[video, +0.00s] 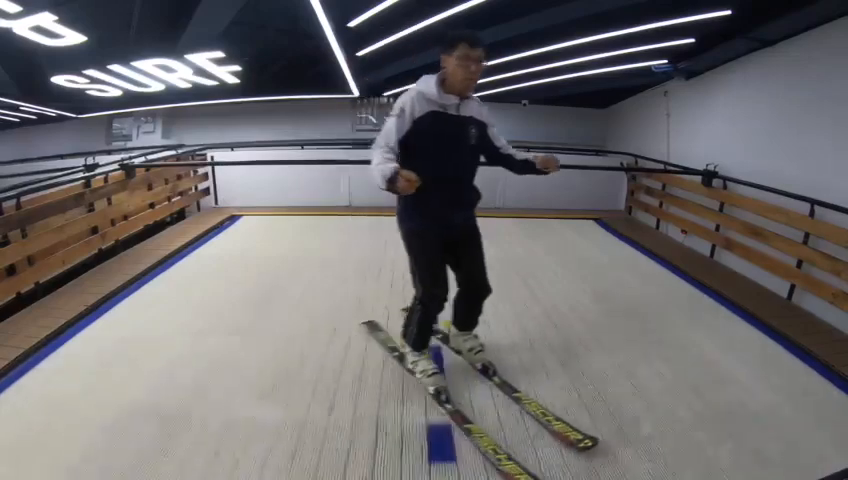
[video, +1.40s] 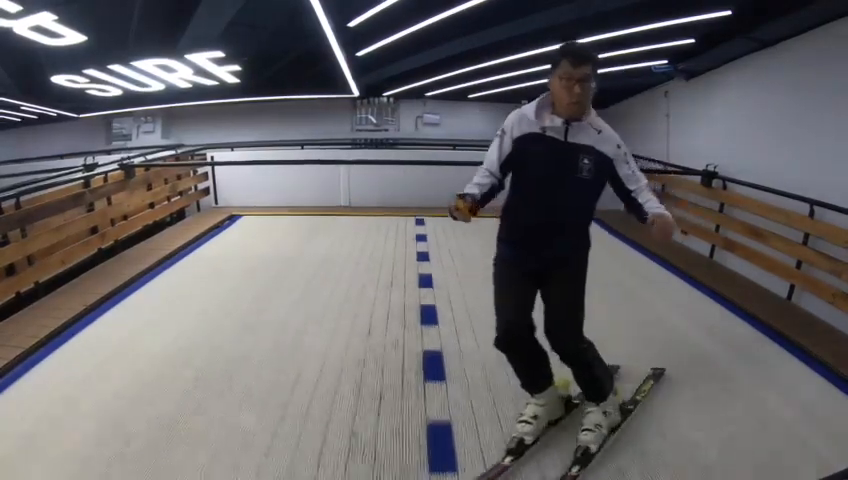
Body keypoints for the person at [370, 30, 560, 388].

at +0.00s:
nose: (474, 70)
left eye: (479, 63)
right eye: (466, 61)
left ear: (483, 67)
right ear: (444, 61)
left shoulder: (476, 111)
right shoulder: (414, 101)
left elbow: (501, 155)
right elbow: (382, 153)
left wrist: (535, 163)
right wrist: (392, 176)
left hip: (459, 211)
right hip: (419, 211)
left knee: (476, 287)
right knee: (432, 292)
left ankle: (461, 332)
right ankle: (416, 349)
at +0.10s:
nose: (505, 75)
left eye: (510, 68)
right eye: (497, 66)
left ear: (513, 74)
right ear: (476, 65)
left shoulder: (503, 116)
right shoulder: (445, 103)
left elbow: (527, 156)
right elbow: (414, 156)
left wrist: (561, 169)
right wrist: (429, 182)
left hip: (486, 208)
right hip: (447, 210)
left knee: (505, 284)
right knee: (468, 290)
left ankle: (494, 328)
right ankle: (458, 342)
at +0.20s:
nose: (534, 78)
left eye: (538, 72)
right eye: (526, 70)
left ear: (539, 74)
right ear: (503, 68)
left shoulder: (527, 116)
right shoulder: (473, 104)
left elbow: (545, 155)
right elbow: (442, 159)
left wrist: (581, 172)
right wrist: (463, 188)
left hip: (512, 208)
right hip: (474, 210)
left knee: (536, 281)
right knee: (499, 291)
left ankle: (521, 327)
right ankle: (494, 342)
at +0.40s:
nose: (582, 91)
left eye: (586, 84)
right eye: (574, 82)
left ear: (587, 87)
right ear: (552, 78)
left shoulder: (572, 126)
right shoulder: (521, 114)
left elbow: (590, 162)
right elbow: (490, 168)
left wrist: (625, 183)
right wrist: (512, 201)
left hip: (556, 214)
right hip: (520, 216)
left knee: (579, 284)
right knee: (544, 293)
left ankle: (566, 328)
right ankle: (535, 339)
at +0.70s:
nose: (628, 96)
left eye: (632, 90)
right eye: (620, 88)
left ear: (636, 92)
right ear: (600, 86)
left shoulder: (623, 133)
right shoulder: (570, 119)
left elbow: (640, 172)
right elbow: (538, 172)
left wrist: (674, 191)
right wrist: (554, 207)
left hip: (605, 224)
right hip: (567, 225)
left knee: (623, 295)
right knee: (589, 301)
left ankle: (621, 341)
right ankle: (591, 356)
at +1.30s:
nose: (603, 93)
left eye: (610, 85)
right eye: (594, 84)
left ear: (618, 90)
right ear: (575, 85)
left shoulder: (625, 140)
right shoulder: (543, 126)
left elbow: (653, 186)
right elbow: (513, 172)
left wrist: (681, 212)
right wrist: (499, 201)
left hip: (592, 251)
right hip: (541, 247)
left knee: (591, 331)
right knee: (543, 333)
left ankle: (624, 388)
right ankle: (575, 392)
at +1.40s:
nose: (576, 90)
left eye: (584, 81)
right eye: (567, 81)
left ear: (594, 85)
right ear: (551, 81)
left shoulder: (605, 140)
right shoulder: (519, 124)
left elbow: (634, 187)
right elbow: (490, 172)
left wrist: (655, 212)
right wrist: (471, 198)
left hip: (567, 253)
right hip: (515, 248)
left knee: (564, 336)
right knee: (511, 333)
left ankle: (602, 398)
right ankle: (546, 395)